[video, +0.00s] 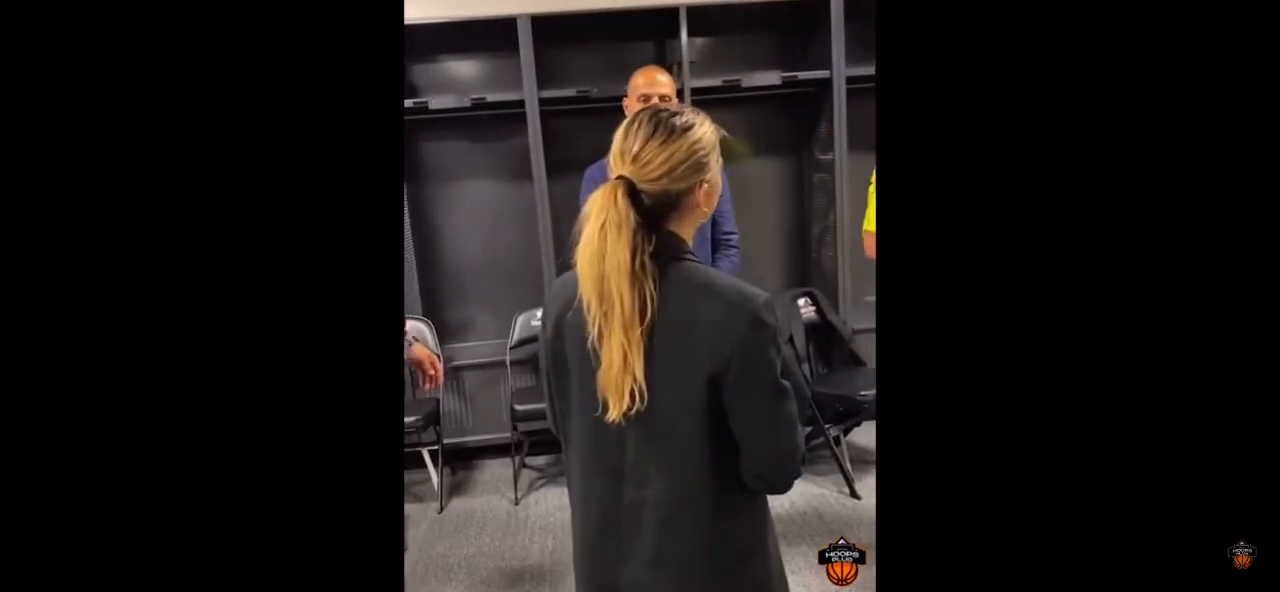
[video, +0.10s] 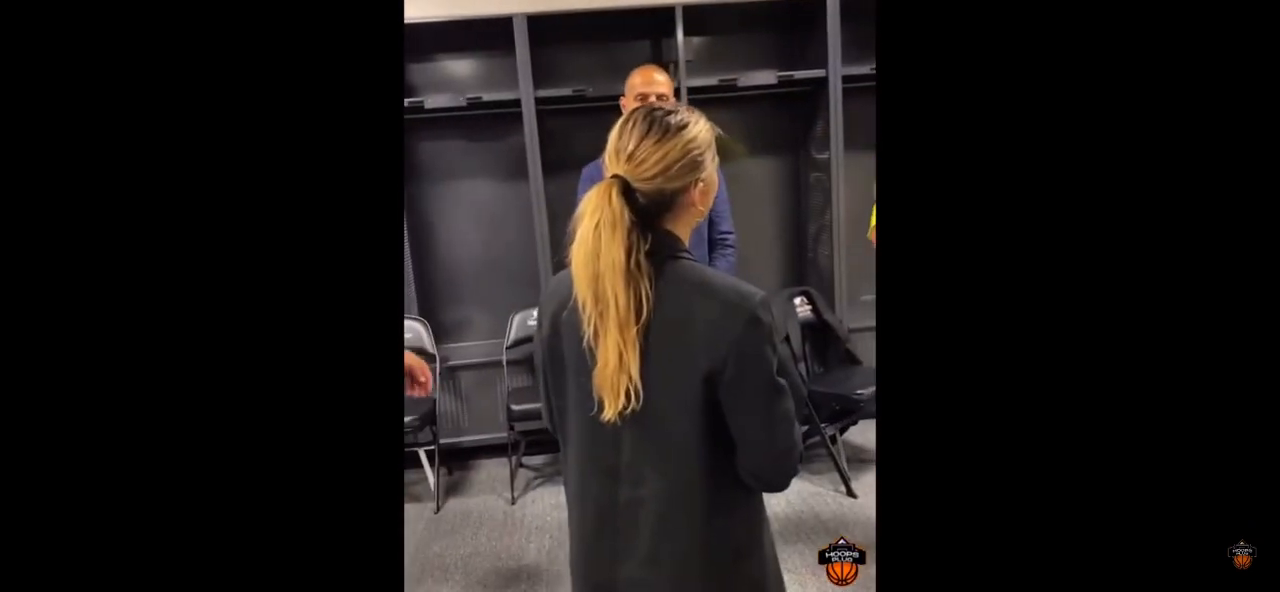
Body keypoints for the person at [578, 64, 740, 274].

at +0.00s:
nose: (655, 108)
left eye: (664, 99)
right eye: (644, 99)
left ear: (677, 103)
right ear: (627, 105)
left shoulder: (705, 166)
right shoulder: (600, 175)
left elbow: (727, 242)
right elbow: (592, 249)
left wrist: (713, 294)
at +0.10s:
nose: (652, 107)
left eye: (661, 99)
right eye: (642, 98)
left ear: (675, 102)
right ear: (623, 104)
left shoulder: (702, 166)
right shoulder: (596, 174)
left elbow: (724, 242)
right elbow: (588, 249)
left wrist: (711, 296)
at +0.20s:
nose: (646, 107)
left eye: (656, 98)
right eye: (636, 98)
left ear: (669, 102)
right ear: (618, 103)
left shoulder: (696, 165)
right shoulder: (590, 173)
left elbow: (718, 241)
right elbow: (579, 246)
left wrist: (705, 296)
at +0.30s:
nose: (637, 108)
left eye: (646, 98)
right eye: (626, 98)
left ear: (659, 102)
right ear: (607, 102)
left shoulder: (686, 163)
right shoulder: (580, 171)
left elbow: (708, 239)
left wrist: (696, 293)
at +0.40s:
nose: (623, 109)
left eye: (632, 99)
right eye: (613, 99)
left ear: (644, 103)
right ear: (593, 104)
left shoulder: (673, 165)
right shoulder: (568, 170)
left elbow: (694, 240)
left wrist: (682, 293)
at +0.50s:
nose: (612, 111)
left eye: (620, 101)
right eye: (601, 101)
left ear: (626, 104)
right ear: (574, 107)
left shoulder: (654, 169)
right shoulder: (549, 174)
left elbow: (676, 244)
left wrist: (664, 296)